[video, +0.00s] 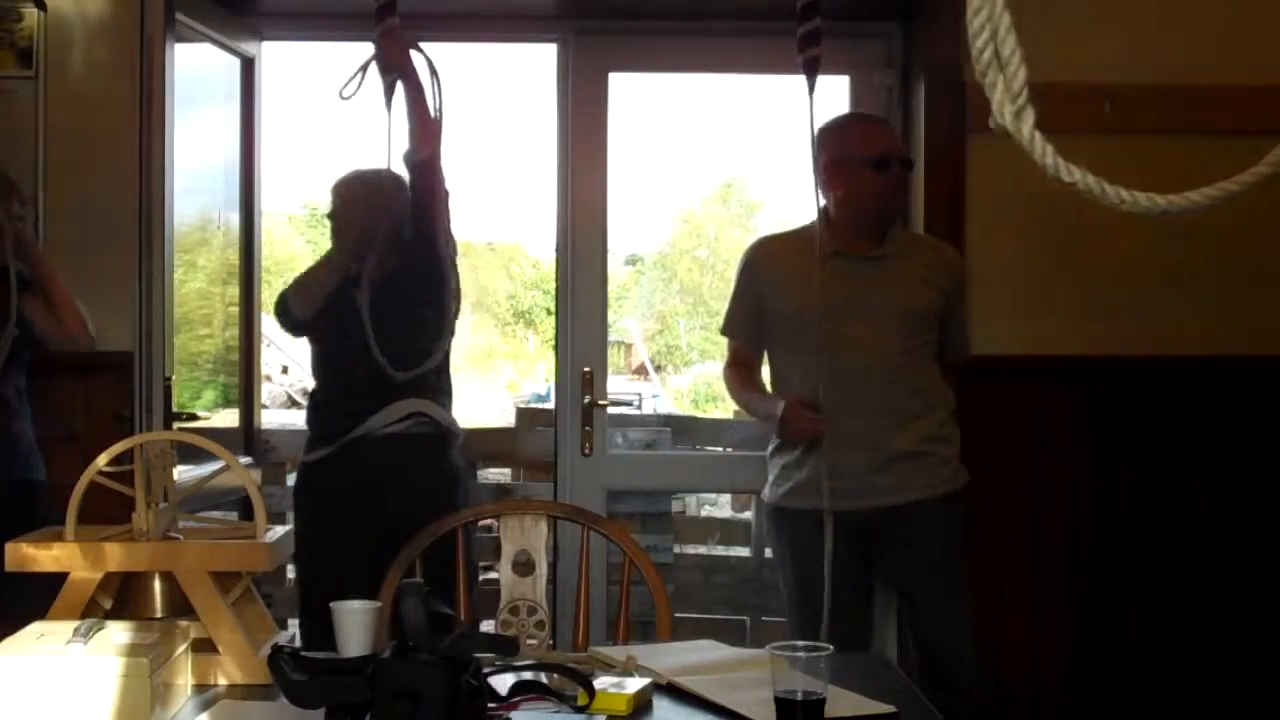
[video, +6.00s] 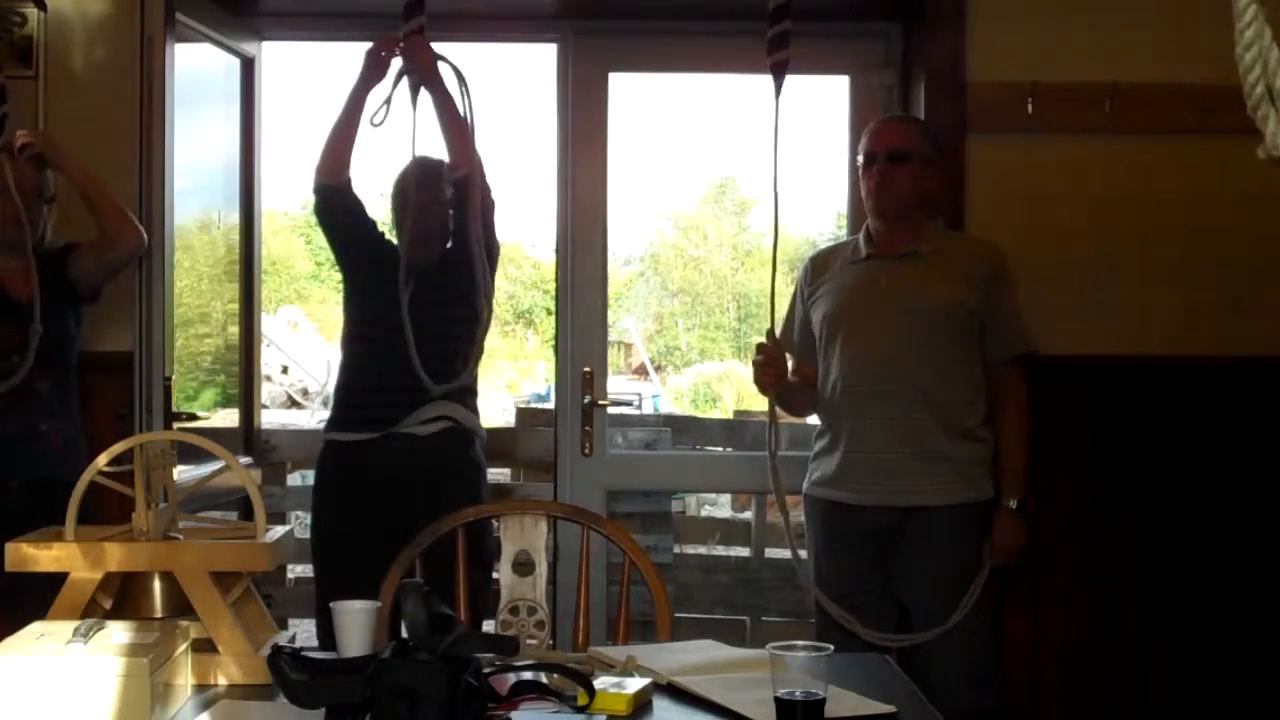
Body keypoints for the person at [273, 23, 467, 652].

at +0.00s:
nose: (339, 226)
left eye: (350, 213)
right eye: (336, 215)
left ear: (389, 216)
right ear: (336, 221)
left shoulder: (429, 273)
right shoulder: (326, 284)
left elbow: (426, 161)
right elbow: (289, 313)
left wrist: (406, 72)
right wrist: (344, 255)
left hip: (415, 453)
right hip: (333, 457)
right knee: (332, 619)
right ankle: (337, 698)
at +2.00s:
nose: (336, 216)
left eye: (349, 204)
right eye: (339, 205)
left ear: (390, 212)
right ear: (358, 214)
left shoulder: (428, 279)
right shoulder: (328, 297)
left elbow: (435, 162)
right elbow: (279, 383)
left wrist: (418, 72)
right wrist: (305, 302)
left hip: (415, 463)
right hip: (333, 465)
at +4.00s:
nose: (389, 204)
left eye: (404, 197)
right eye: (379, 197)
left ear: (427, 218)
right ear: (367, 218)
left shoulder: (439, 280)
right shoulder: (339, 280)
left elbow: (444, 168)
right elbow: (268, 232)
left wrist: (423, 78)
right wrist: (302, 148)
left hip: (415, 473)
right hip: (332, 473)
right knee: (329, 646)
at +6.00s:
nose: (434, 204)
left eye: (446, 194)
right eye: (420, 194)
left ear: (461, 211)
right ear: (397, 211)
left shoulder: (469, 272)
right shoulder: (369, 265)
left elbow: (468, 169)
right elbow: (330, 180)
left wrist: (431, 78)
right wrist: (365, 84)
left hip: (442, 460)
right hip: (356, 458)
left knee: (452, 627)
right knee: (352, 631)